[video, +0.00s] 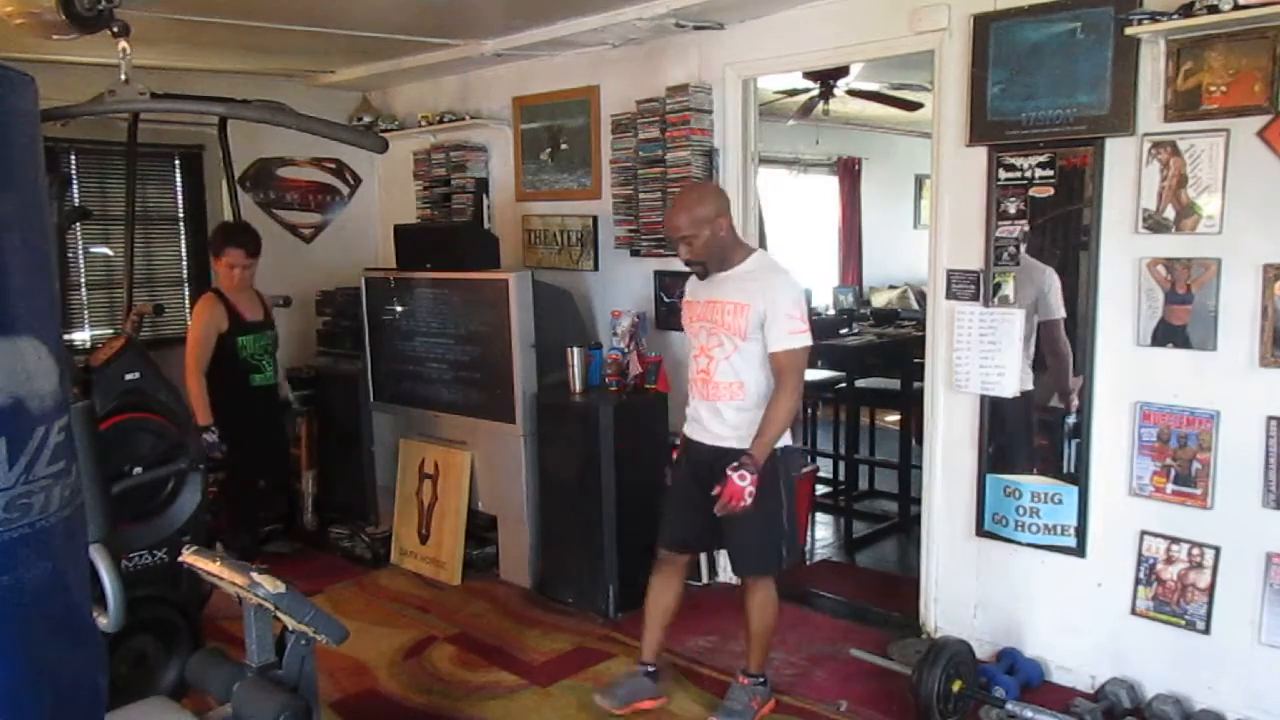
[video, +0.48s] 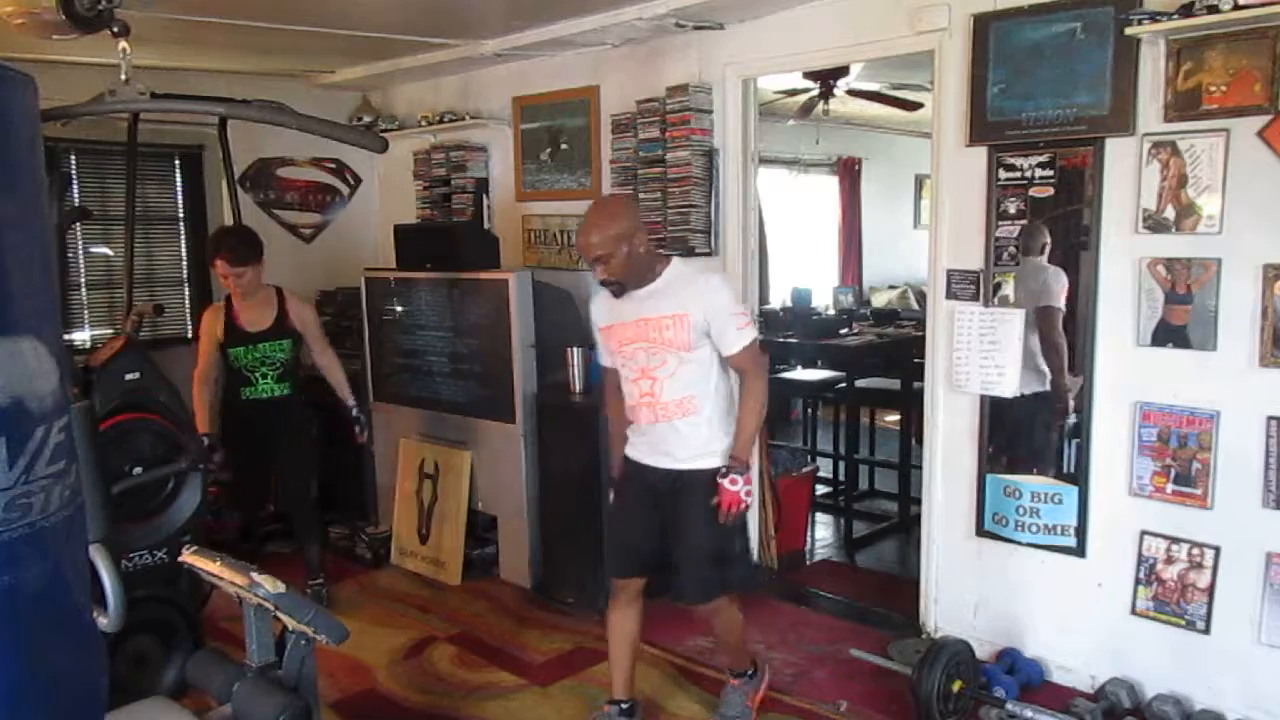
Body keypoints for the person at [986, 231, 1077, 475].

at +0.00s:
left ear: (990, 229)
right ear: (1026, 232)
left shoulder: (973, 266)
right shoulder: (1041, 276)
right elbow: (1055, 346)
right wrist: (1066, 391)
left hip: (969, 392)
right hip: (1013, 396)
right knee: (1016, 475)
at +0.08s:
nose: (1028, 226)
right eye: (1027, 220)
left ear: (991, 226)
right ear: (1029, 226)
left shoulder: (975, 265)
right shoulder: (1044, 275)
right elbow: (1056, 344)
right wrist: (1067, 387)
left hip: (971, 393)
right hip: (1016, 397)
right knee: (1018, 478)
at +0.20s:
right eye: (1033, 227)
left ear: (998, 229)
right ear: (1033, 235)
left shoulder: (982, 263)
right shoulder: (1049, 273)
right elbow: (1060, 342)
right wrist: (1065, 388)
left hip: (975, 390)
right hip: (1019, 392)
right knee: (1018, 473)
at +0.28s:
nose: (1039, 241)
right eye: (1038, 237)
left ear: (1004, 236)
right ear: (1037, 240)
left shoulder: (988, 267)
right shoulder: (1049, 273)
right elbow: (1061, 344)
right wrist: (1059, 394)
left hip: (980, 389)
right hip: (1022, 391)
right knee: (1020, 470)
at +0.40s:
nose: (1036, 247)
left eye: (1036, 242)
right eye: (1039, 242)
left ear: (1017, 243)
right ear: (1043, 244)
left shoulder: (999, 273)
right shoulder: (1050, 275)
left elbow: (985, 328)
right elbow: (1054, 340)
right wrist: (1060, 395)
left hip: (995, 390)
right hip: (1031, 393)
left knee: (998, 469)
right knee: (1025, 470)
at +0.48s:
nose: (1047, 248)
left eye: (1045, 244)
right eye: (1047, 244)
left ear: (1019, 247)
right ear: (1047, 247)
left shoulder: (1004, 275)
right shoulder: (1051, 276)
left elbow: (992, 329)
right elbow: (1050, 334)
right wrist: (1061, 387)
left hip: (1000, 393)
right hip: (1035, 394)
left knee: (1005, 469)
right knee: (1037, 475)